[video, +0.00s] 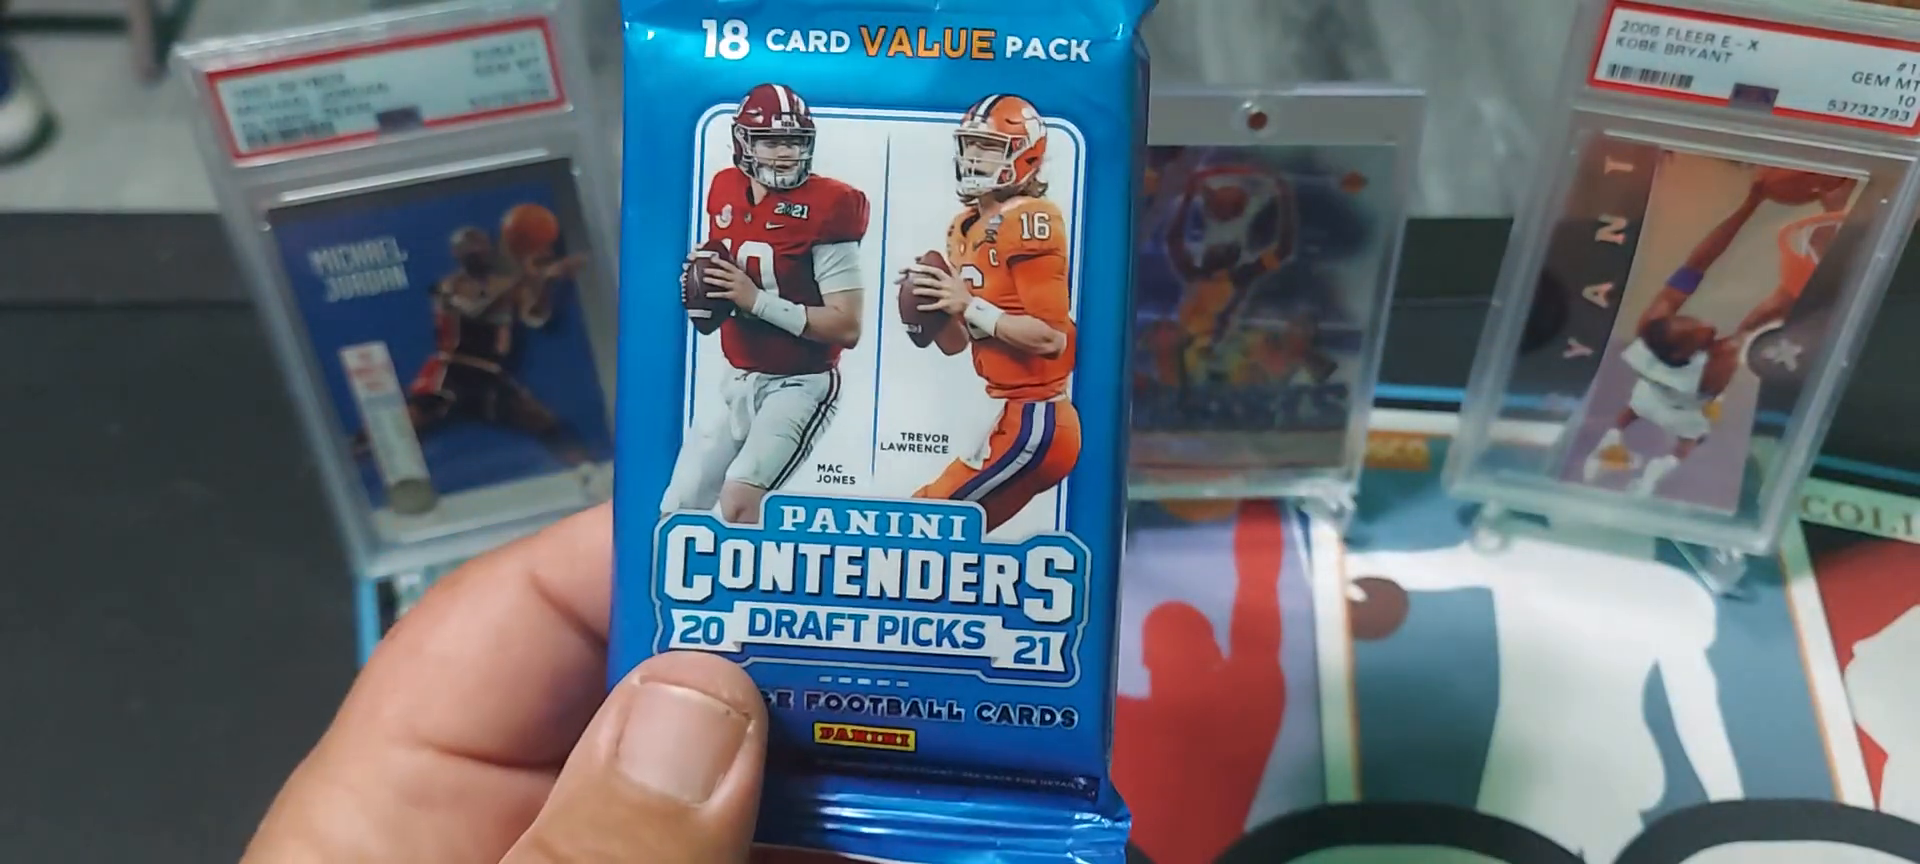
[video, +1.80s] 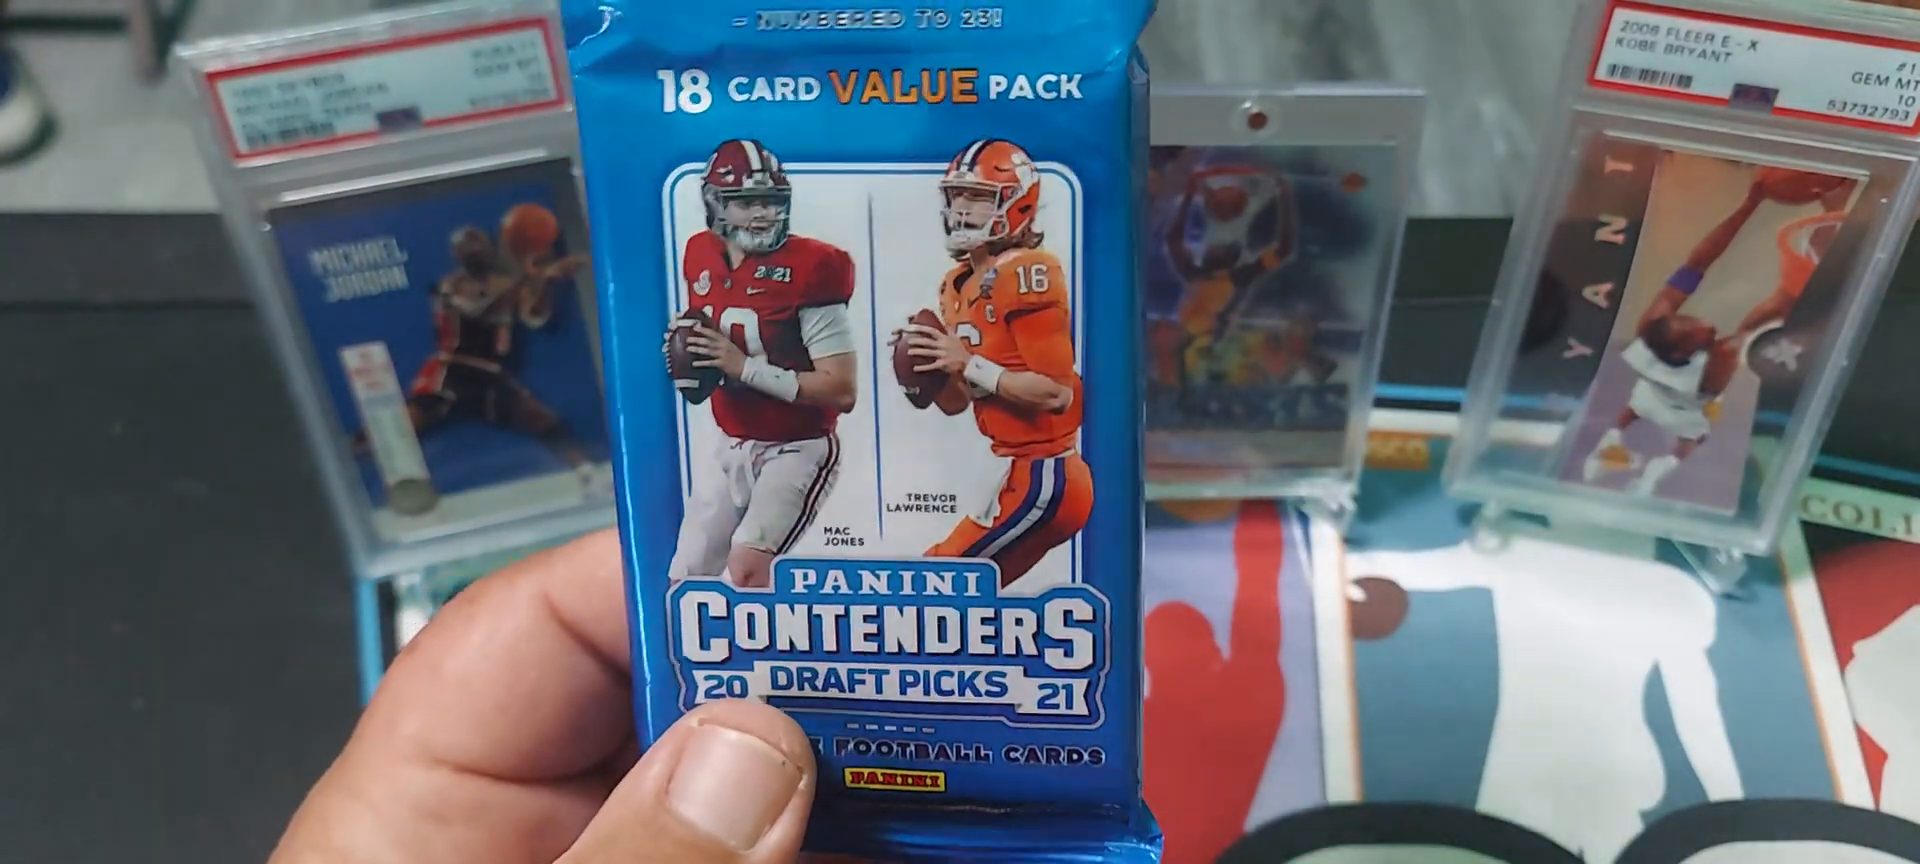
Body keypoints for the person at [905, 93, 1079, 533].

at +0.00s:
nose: (973, 158)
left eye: (988, 148)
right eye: (969, 145)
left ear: (1023, 157)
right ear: (959, 148)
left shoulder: (1032, 219)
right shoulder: (963, 226)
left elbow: (1049, 337)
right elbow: (954, 343)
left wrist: (967, 304)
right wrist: (929, 307)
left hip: (1037, 420)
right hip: (1012, 417)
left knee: (919, 526)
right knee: (932, 536)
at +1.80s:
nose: (961, 212)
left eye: (977, 199)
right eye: (956, 198)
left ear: (1014, 204)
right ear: (946, 202)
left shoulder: (1028, 273)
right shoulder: (956, 284)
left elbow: (1055, 390)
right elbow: (953, 402)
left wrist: (966, 363)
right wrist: (926, 360)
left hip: (1045, 478)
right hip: (1017, 473)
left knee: (930, 587)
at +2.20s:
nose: (947, 272)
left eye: (963, 260)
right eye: (941, 258)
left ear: (1002, 263)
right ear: (931, 261)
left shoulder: (1016, 329)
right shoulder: (943, 341)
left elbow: (1048, 445)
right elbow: (948, 456)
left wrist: (957, 418)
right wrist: (915, 418)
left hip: (1042, 529)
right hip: (1014, 525)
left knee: (930, 635)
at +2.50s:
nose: (996, 313)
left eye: (1011, 301)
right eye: (992, 300)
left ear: (1047, 306)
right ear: (983, 303)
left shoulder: (1062, 371)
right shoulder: (992, 380)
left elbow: (1087, 482)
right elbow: (990, 490)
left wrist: (1001, 455)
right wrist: (961, 453)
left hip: (1078, 562)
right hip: (1052, 558)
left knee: (966, 663)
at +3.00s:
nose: (1008, 327)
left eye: (1023, 316)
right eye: (1003, 314)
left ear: (1059, 320)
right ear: (994, 317)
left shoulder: (1073, 384)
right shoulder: (1003, 394)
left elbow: (1098, 494)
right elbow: (1002, 503)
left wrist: (1012, 468)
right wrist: (972, 465)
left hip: (1089, 574)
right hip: (1065, 570)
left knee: (978, 674)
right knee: (994, 683)